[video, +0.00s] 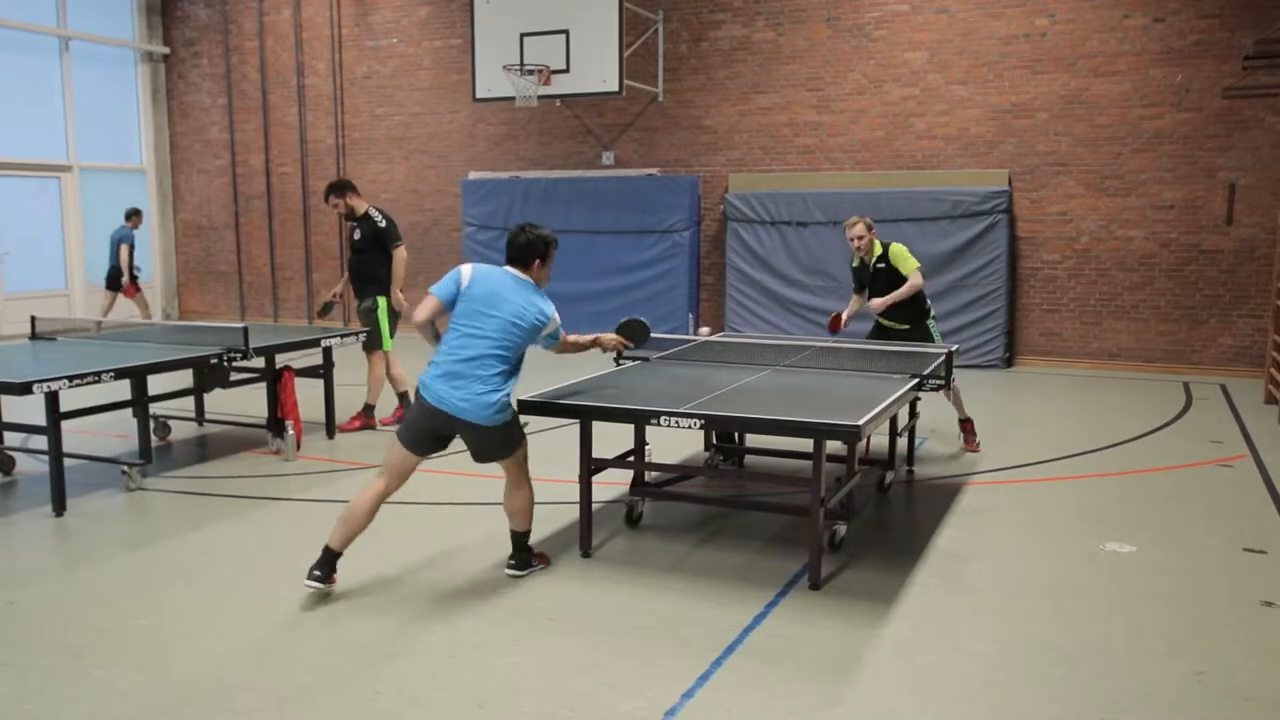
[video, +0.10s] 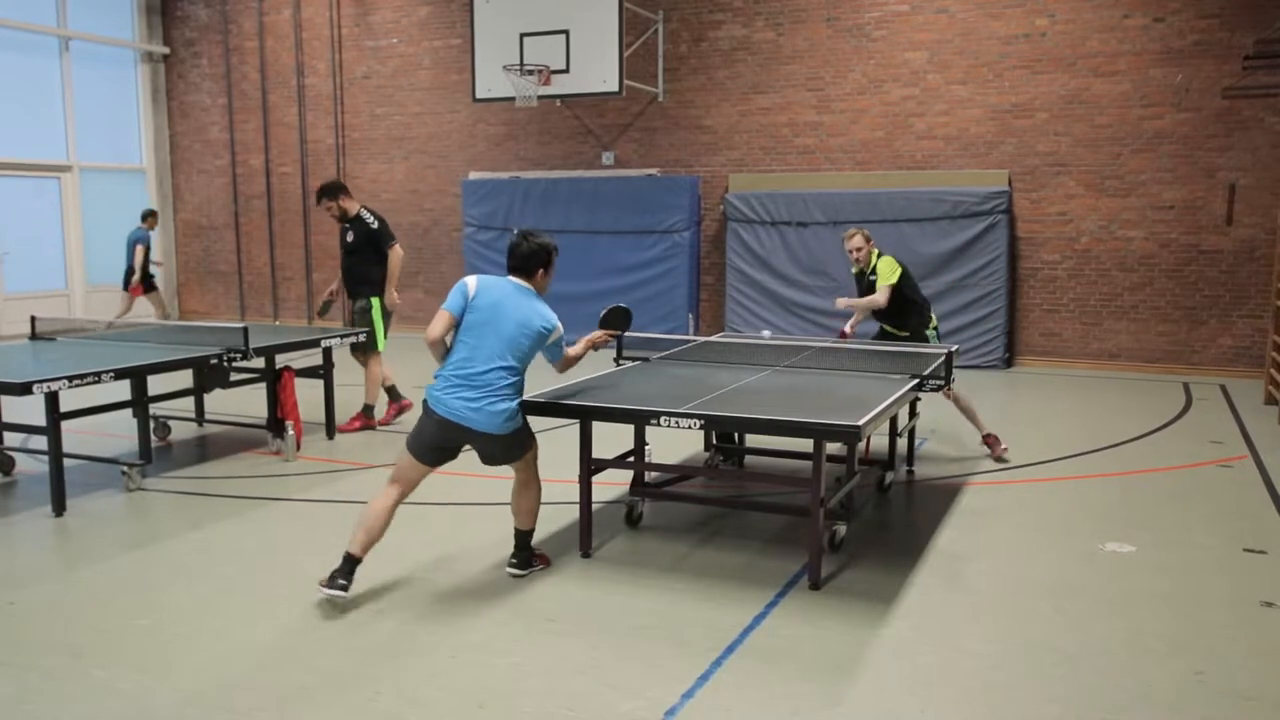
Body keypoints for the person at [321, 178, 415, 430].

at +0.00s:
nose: (337, 212)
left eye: (336, 205)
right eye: (334, 208)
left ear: (349, 196)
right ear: (345, 200)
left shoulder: (379, 219)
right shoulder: (355, 224)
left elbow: (400, 253)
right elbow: (357, 261)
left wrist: (395, 290)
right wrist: (342, 285)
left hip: (380, 296)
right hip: (366, 297)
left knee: (375, 353)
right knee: (384, 353)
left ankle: (368, 412)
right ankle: (407, 404)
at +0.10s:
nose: (329, 214)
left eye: (330, 208)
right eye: (326, 210)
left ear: (343, 199)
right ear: (338, 203)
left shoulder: (371, 220)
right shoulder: (347, 224)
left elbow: (396, 252)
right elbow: (353, 261)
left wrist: (390, 289)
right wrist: (337, 285)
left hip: (373, 297)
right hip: (357, 297)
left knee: (372, 353)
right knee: (359, 351)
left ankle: (368, 413)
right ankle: (397, 398)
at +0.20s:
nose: (323, 216)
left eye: (323, 210)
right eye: (319, 212)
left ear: (336, 201)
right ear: (330, 205)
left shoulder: (361, 218)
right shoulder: (340, 224)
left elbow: (392, 247)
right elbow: (345, 258)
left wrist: (382, 283)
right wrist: (333, 284)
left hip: (368, 297)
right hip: (350, 298)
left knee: (369, 352)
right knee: (344, 347)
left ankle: (368, 412)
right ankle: (380, 394)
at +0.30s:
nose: (316, 216)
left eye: (316, 210)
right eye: (312, 212)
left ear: (328, 201)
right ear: (321, 205)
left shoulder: (354, 218)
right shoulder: (332, 223)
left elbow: (387, 239)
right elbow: (339, 256)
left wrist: (376, 274)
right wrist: (329, 282)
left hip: (362, 295)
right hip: (344, 296)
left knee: (365, 352)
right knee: (337, 347)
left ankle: (368, 412)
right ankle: (355, 400)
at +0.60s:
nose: (293, 215)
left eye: (294, 208)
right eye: (289, 211)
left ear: (307, 200)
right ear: (292, 208)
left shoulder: (333, 218)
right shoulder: (306, 227)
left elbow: (368, 240)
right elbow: (310, 260)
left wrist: (362, 272)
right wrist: (299, 293)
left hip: (346, 292)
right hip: (325, 295)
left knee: (352, 351)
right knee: (329, 354)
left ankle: (364, 411)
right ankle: (327, 406)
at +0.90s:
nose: (283, 227)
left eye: (283, 222)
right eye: (280, 224)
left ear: (292, 209)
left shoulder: (328, 224)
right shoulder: (290, 235)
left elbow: (352, 256)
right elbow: (289, 267)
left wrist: (328, 285)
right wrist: (279, 303)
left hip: (341, 296)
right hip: (316, 299)